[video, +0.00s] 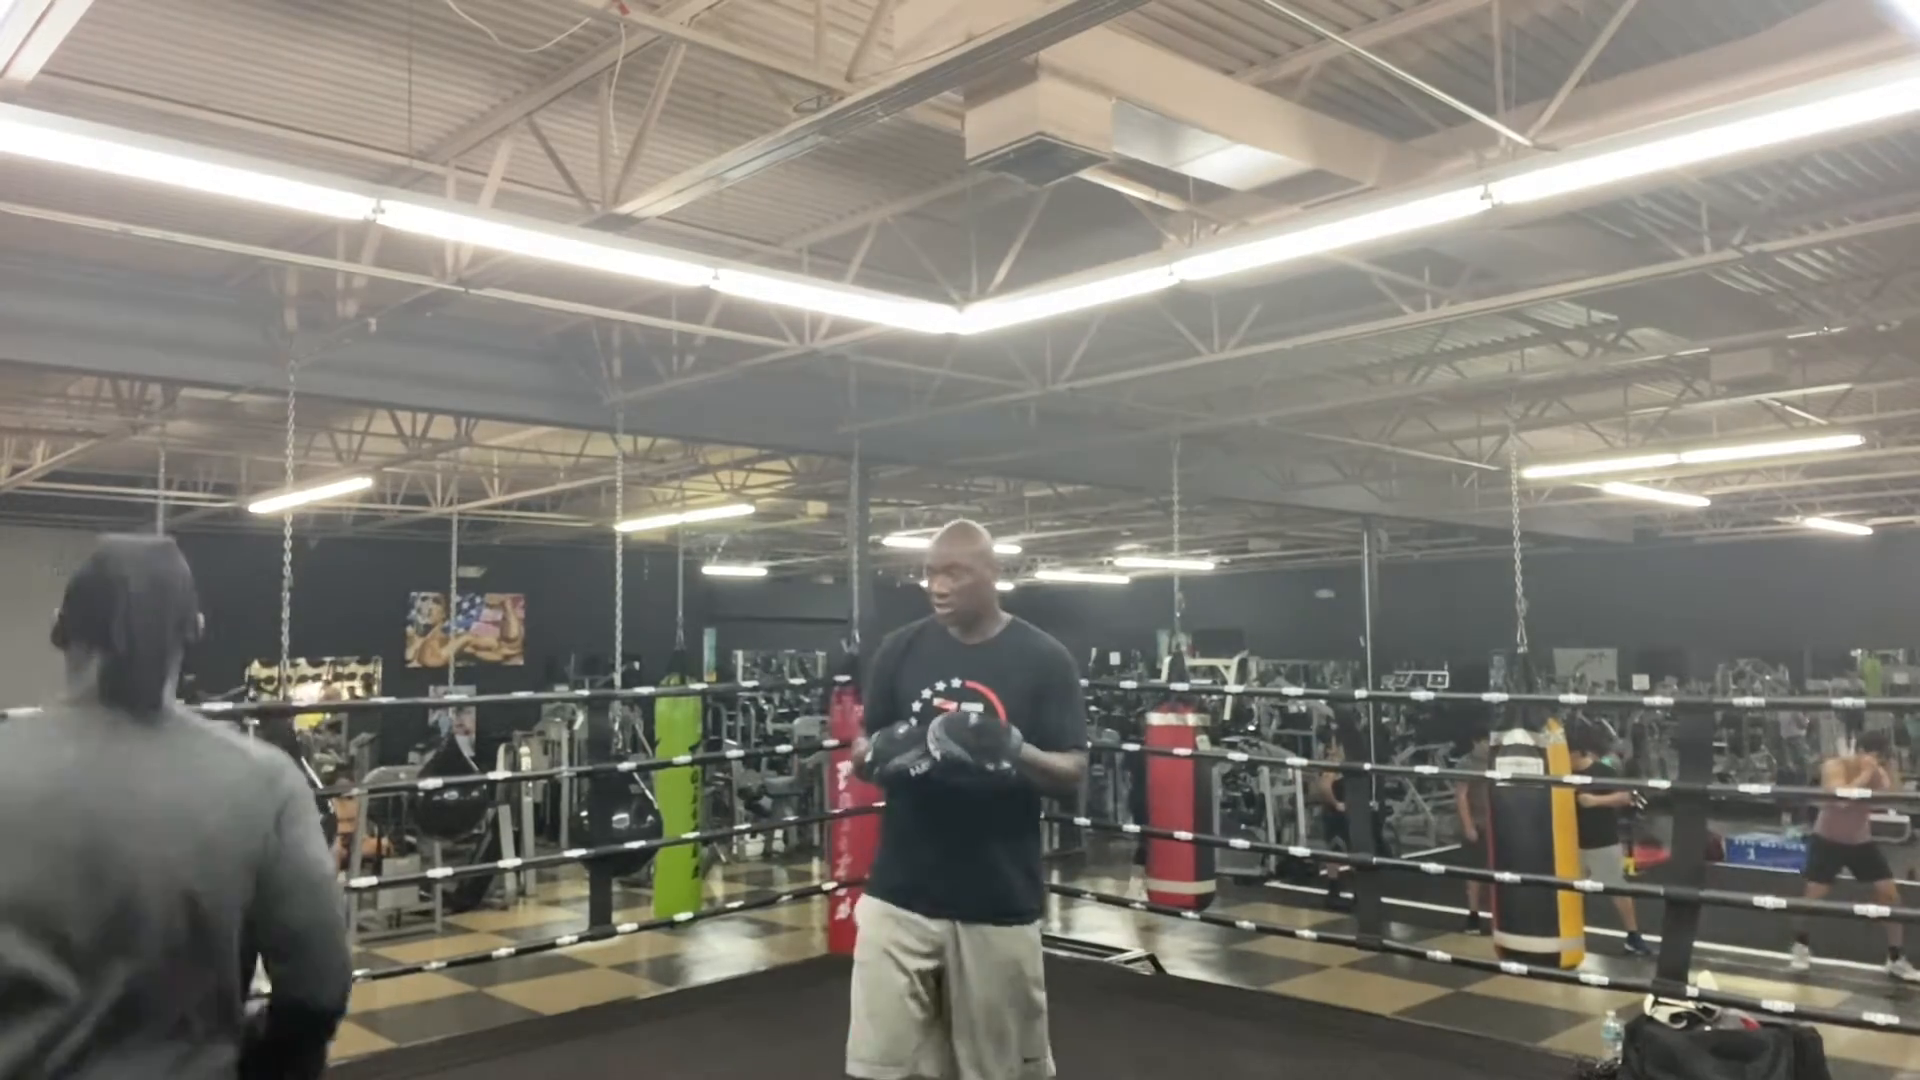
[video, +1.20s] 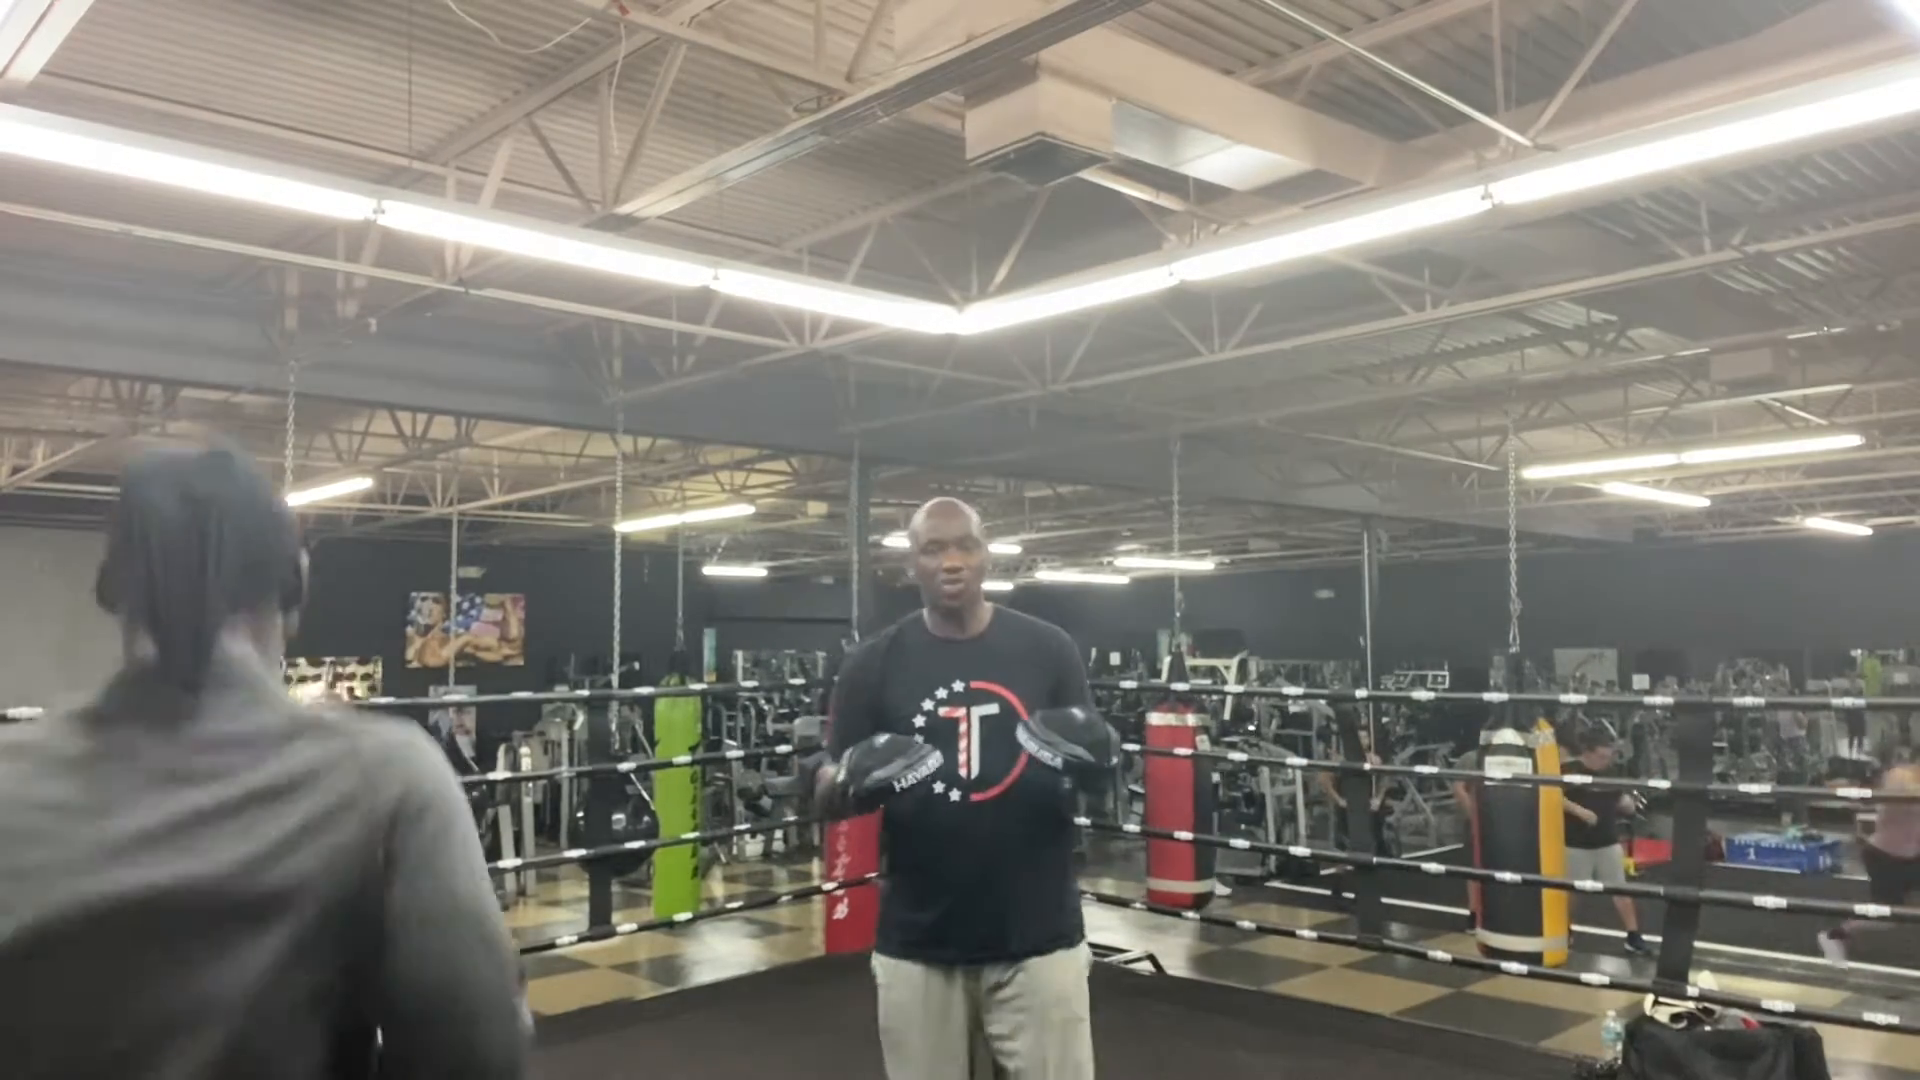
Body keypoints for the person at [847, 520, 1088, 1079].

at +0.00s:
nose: (938, 586)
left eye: (954, 572)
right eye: (932, 573)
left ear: (993, 574)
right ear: (924, 577)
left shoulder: (1045, 660)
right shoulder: (897, 650)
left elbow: (1073, 773)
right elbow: (863, 746)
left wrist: (1012, 751)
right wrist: (879, 754)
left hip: (999, 912)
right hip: (898, 903)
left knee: (1007, 1070)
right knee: (879, 1067)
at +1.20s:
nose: (951, 562)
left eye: (965, 546)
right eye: (934, 548)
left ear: (986, 556)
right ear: (913, 563)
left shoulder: (1051, 651)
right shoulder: (872, 665)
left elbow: (1095, 793)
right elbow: (823, 797)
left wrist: (1094, 762)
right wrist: (850, 779)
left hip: (1037, 939)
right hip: (918, 943)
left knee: (1055, 1072)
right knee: (923, 1074)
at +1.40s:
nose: (995, 560)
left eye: (1010, 545)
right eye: (979, 547)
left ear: (1035, 554)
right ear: (959, 560)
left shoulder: (1093, 652)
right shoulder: (916, 657)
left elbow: (1177, 770)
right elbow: (868, 778)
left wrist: (1141, 723)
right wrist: (836, 764)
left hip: (1061, 947)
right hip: (938, 946)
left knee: (1063, 1072)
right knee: (929, 1072)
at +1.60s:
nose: (1057, 561)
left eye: (1074, 546)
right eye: (1042, 547)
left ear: (1102, 556)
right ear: (1024, 560)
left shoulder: (1140, 652)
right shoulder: (980, 644)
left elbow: (1146, 804)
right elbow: (944, 768)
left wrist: (1158, 699)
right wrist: (894, 751)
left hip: (1090, 945)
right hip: (976, 936)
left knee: (1083, 1073)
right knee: (947, 1072)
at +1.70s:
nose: (1072, 565)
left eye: (1089, 550)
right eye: (1058, 551)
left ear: (1120, 559)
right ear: (1041, 562)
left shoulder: (1156, 662)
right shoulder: (1000, 637)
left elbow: (1143, 797)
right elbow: (957, 765)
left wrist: (1059, 753)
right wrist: (997, 738)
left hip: (1100, 952)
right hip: (989, 937)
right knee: (960, 1071)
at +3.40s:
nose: (1054, 580)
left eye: (1070, 566)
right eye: (1054, 565)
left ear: (1121, 576)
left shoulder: (1186, 671)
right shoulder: (1038, 648)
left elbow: (1219, 807)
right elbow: (1003, 772)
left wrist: (1151, 771)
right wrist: (1009, 745)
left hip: (1137, 947)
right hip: (1041, 931)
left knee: (1135, 1073)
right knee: (1035, 1073)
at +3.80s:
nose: (1063, 580)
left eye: (1083, 564)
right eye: (1060, 563)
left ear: (1132, 574)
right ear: (1054, 567)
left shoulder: (1187, 675)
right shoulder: (1033, 642)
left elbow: (1210, 818)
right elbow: (991, 771)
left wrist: (1151, 766)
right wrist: (1008, 742)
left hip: (1129, 962)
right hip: (1023, 942)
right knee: (1002, 1073)